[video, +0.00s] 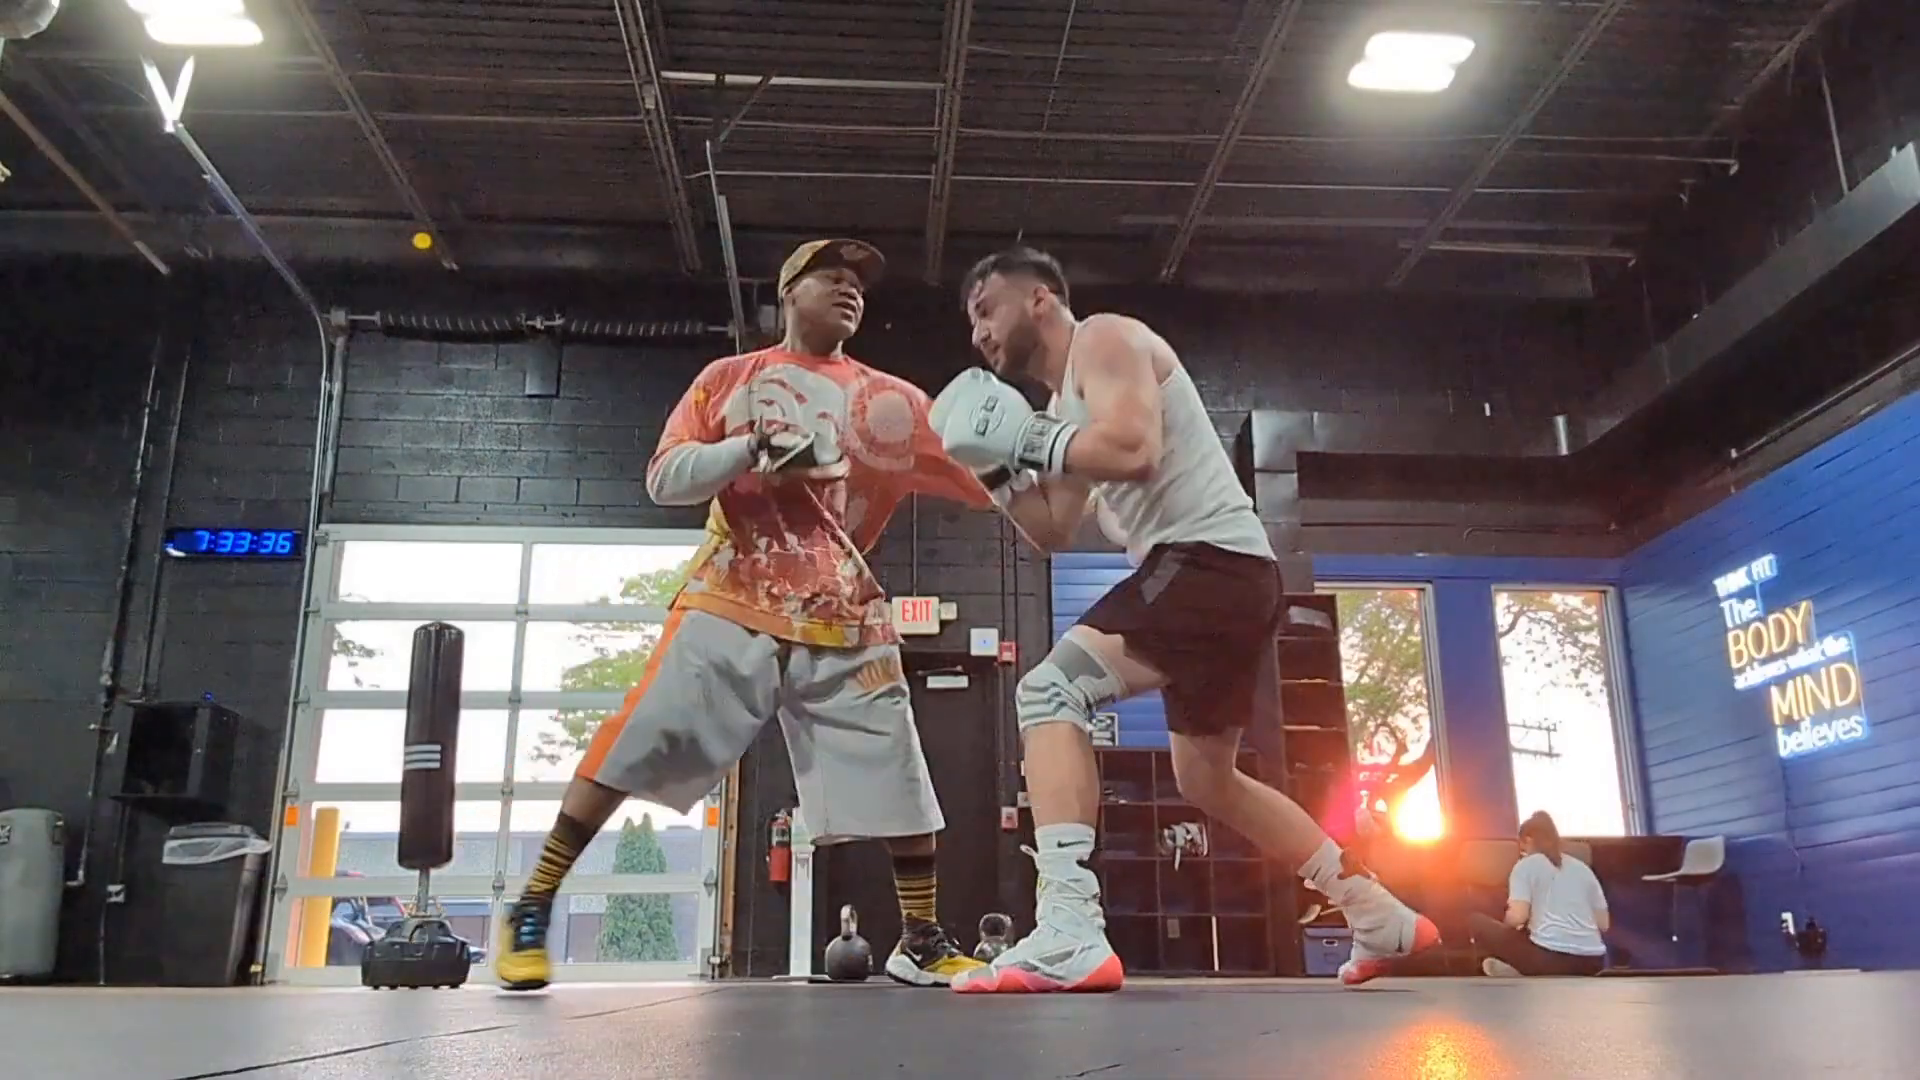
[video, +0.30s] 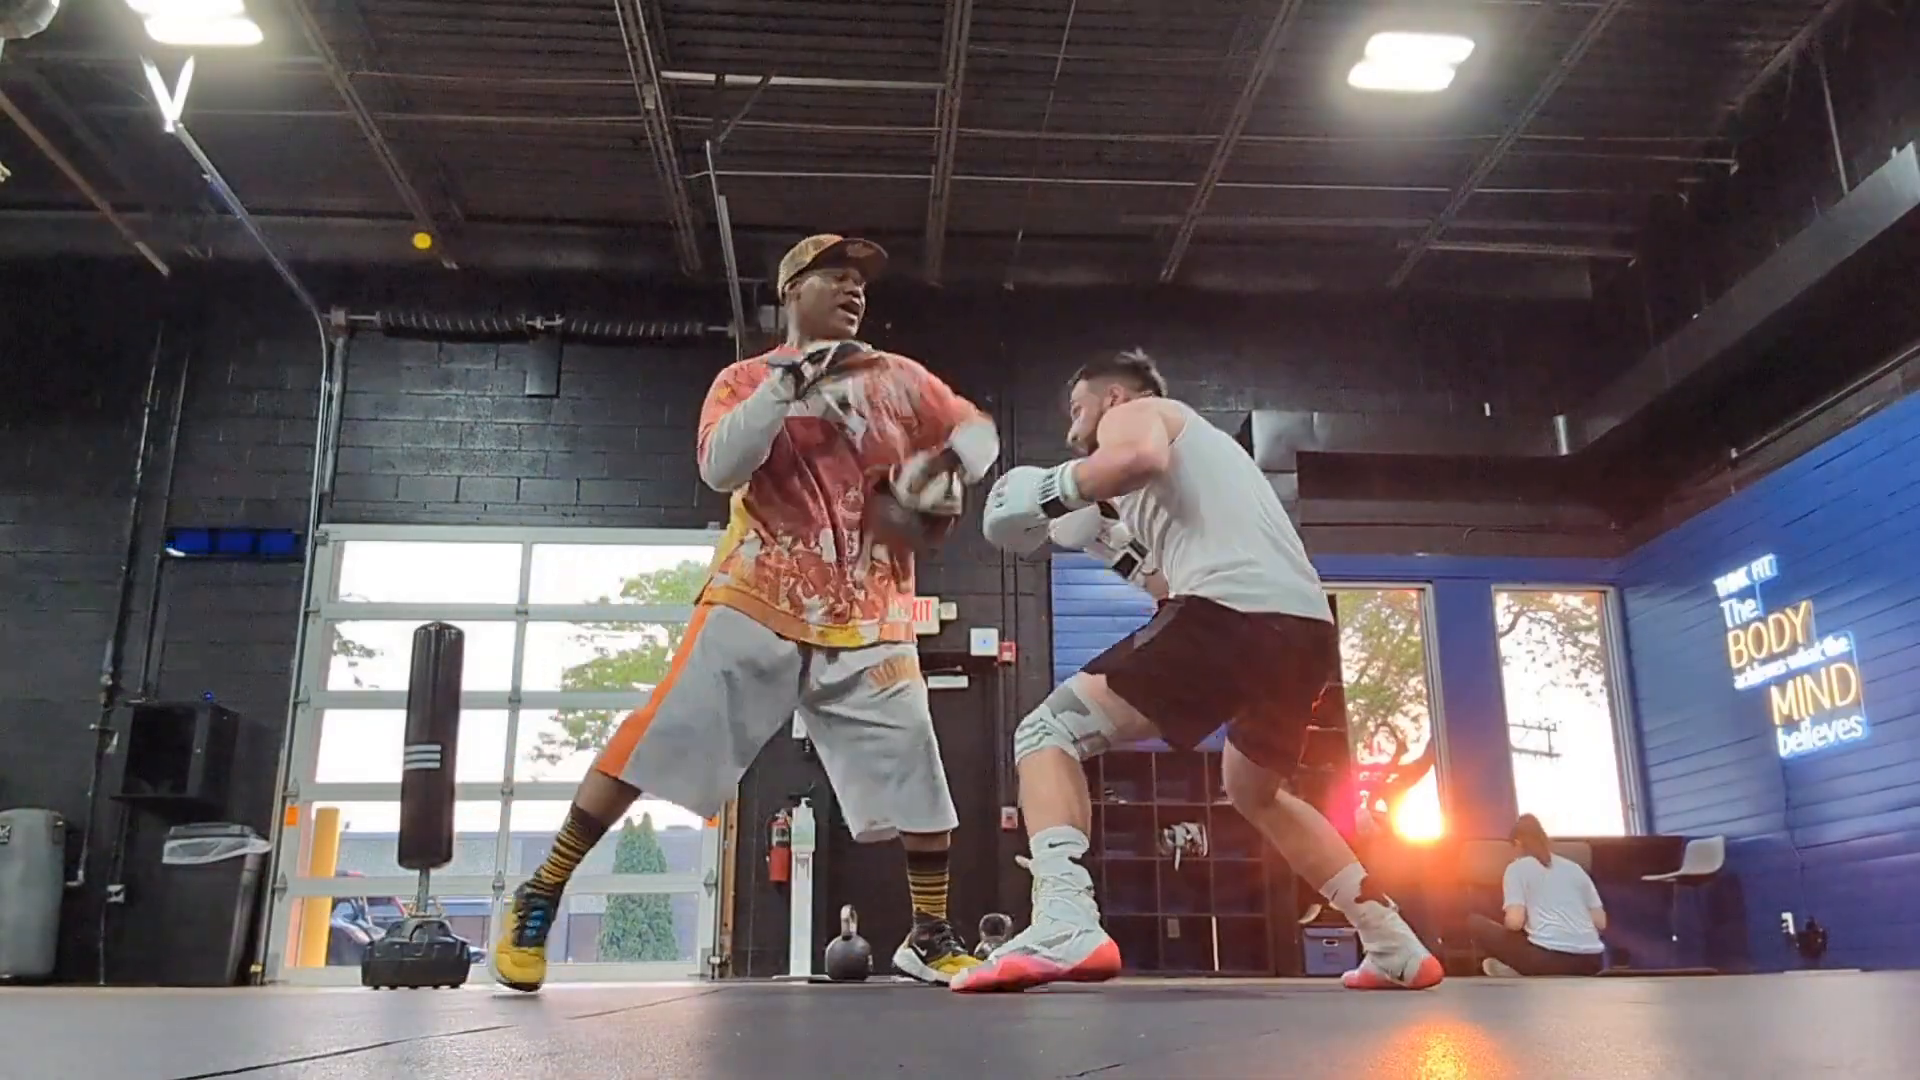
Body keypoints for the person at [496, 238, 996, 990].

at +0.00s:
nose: (851, 290)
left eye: (859, 284)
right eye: (834, 275)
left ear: (860, 308)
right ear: (789, 291)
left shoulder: (891, 400)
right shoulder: (731, 376)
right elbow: (665, 480)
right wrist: (753, 449)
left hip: (844, 606)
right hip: (734, 592)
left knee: (898, 768)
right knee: (646, 734)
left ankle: (922, 937)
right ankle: (530, 906)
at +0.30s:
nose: (853, 287)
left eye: (860, 280)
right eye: (836, 274)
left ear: (863, 300)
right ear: (792, 289)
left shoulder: (901, 377)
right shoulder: (747, 379)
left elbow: (980, 430)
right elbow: (720, 467)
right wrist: (790, 381)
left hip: (870, 603)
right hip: (761, 590)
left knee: (914, 748)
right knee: (661, 729)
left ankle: (932, 932)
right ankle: (541, 896)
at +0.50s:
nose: (801, 313)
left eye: (800, 304)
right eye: (783, 301)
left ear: (784, 323)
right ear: (733, 314)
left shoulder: (807, 409)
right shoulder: (701, 398)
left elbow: (807, 523)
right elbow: (804, 456)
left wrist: (849, 537)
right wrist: (869, 363)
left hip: (819, 627)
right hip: (709, 628)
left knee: (890, 763)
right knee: (608, 778)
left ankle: (929, 938)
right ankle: (492, 933)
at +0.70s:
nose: (687, 280)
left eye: (690, 270)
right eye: (667, 266)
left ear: (695, 291)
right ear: (620, 286)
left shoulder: (723, 377)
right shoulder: (579, 377)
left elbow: (784, 468)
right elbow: (599, 473)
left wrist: (887, 450)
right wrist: (707, 429)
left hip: (723, 606)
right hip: (615, 606)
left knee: (779, 753)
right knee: (549, 767)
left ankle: (770, 928)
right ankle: (472, 935)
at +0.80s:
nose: (642, 281)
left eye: (647, 271)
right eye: (621, 267)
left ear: (654, 291)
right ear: (578, 285)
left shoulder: (703, 368)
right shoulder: (538, 387)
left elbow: (817, 402)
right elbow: (529, 481)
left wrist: (932, 419)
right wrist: (627, 445)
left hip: (697, 612)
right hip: (584, 608)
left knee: (713, 768)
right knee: (538, 771)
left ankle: (660, 892)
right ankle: (472, 936)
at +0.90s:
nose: (627, 281)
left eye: (634, 271)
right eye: (606, 269)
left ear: (645, 293)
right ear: (566, 293)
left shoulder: (697, 366)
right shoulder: (537, 394)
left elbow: (792, 420)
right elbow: (516, 485)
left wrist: (863, 407)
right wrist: (589, 428)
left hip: (679, 620)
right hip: (576, 614)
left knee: (658, 794)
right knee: (534, 772)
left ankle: (606, 905)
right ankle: (470, 933)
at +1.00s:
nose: (649, 289)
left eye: (653, 279)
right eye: (632, 277)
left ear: (658, 296)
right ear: (590, 297)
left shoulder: (690, 378)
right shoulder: (553, 384)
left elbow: (709, 496)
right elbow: (571, 467)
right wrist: (609, 364)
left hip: (683, 606)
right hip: (587, 603)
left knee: (694, 764)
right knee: (548, 760)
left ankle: (607, 894)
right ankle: (471, 932)